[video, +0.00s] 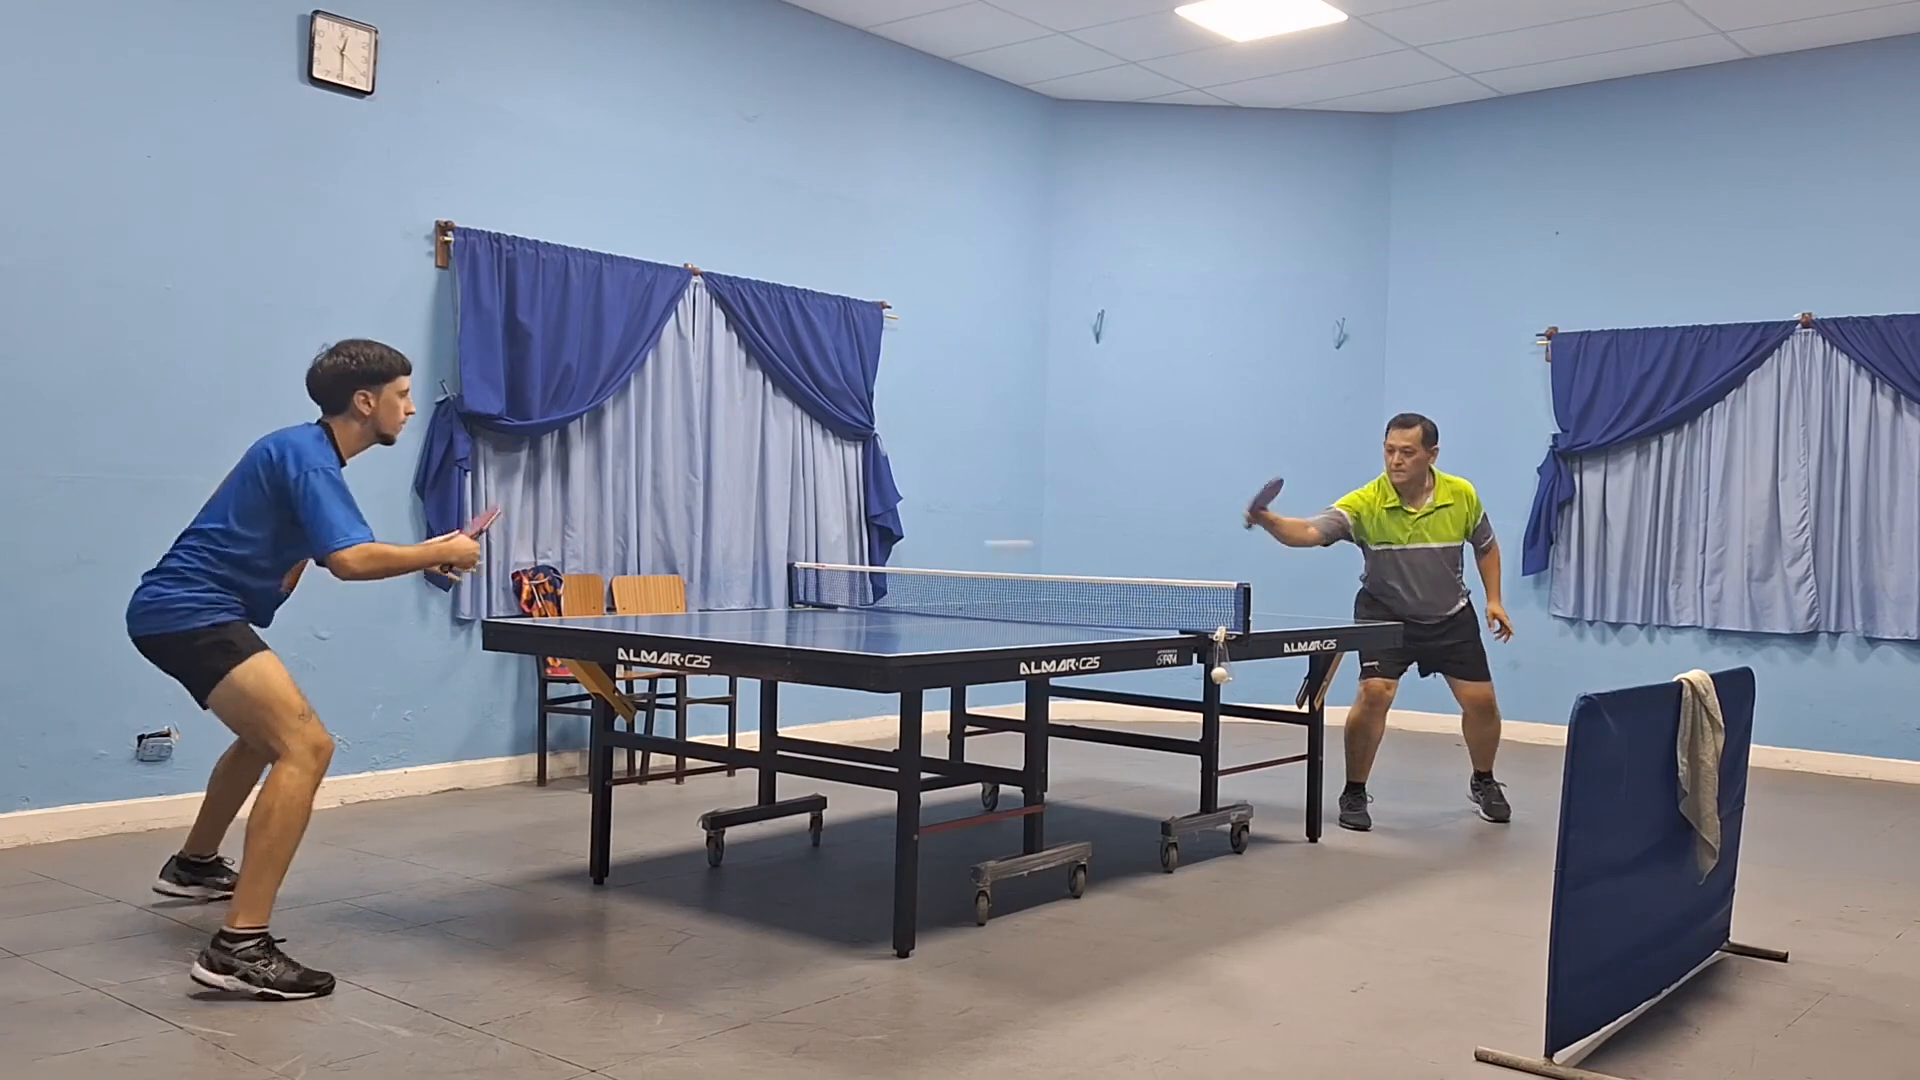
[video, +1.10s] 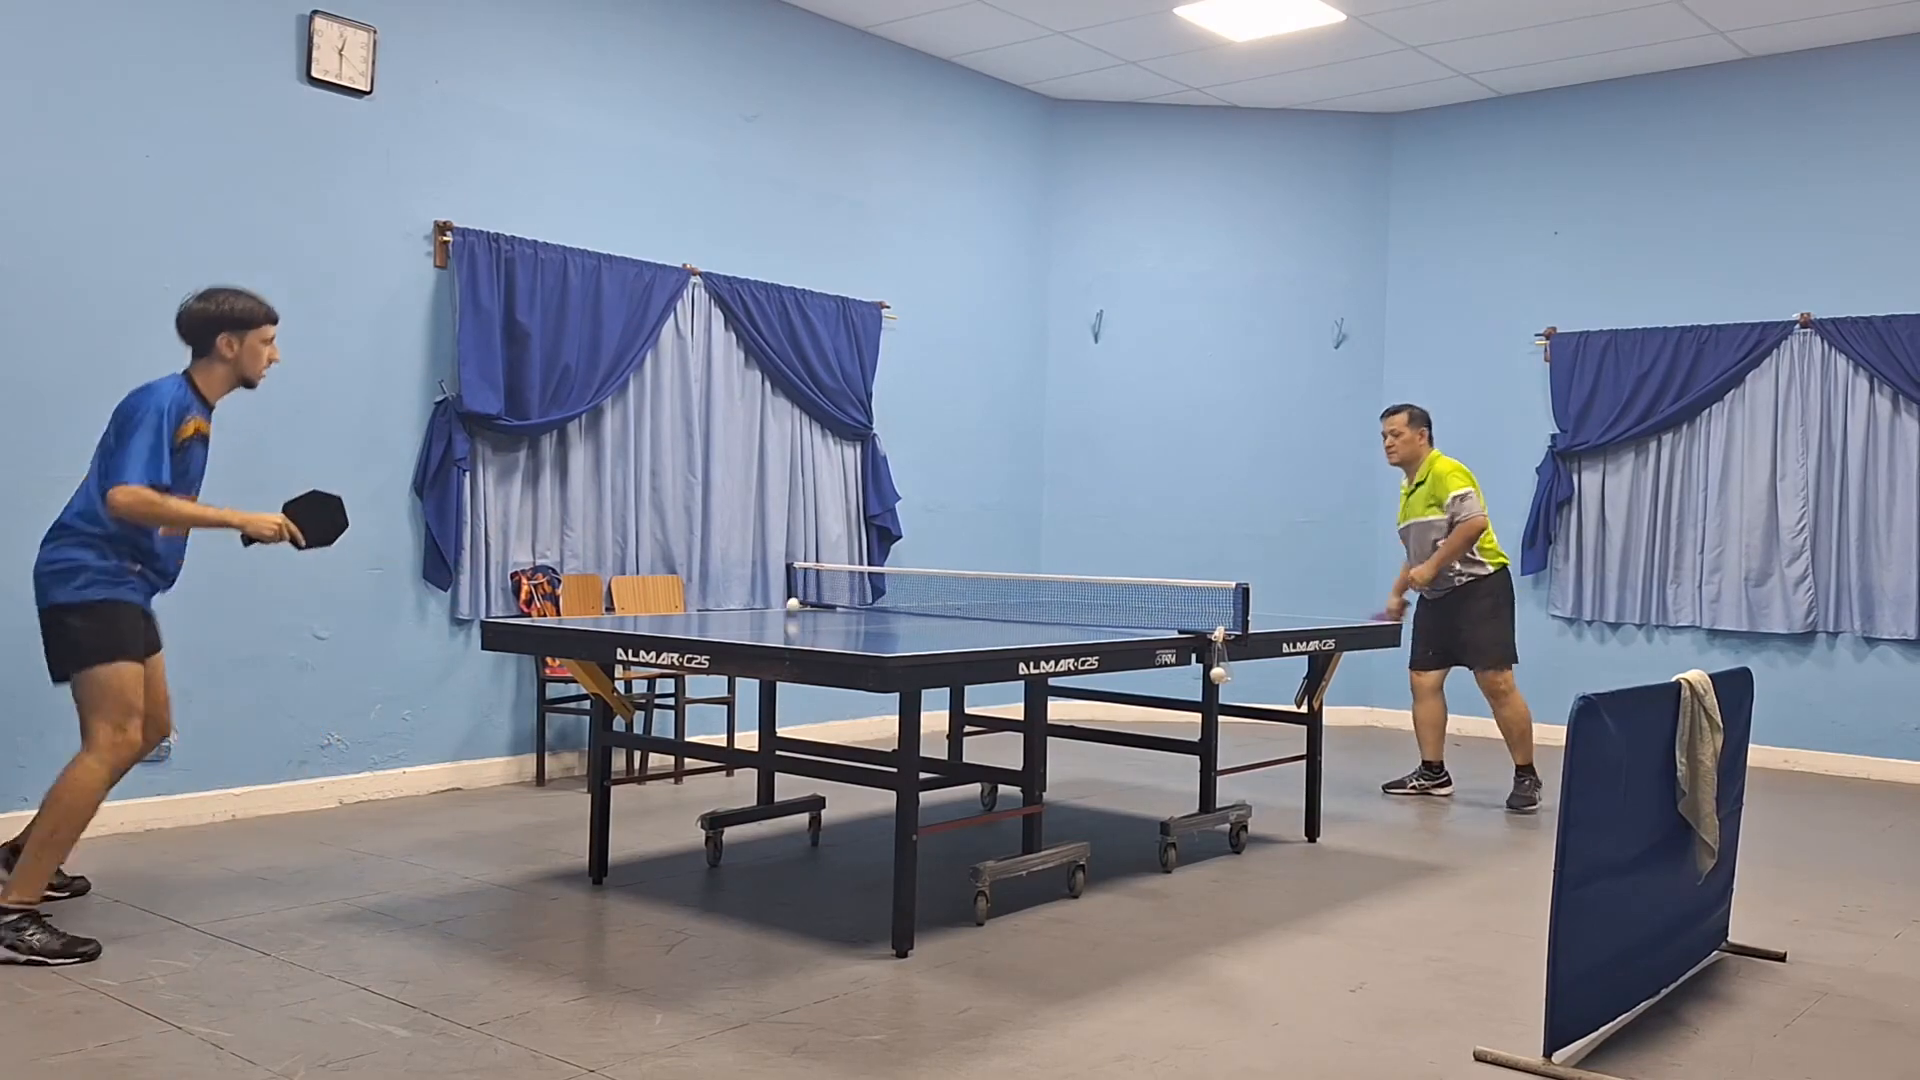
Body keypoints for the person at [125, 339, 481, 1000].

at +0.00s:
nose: (410, 407)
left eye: (410, 394)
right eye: (403, 394)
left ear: (355, 403)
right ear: (362, 401)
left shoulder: (304, 451)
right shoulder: (307, 460)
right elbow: (352, 560)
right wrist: (439, 552)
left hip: (189, 606)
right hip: (188, 609)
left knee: (270, 736)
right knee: (309, 746)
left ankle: (194, 860)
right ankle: (241, 942)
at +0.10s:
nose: (404, 430)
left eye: (403, 417)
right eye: (397, 417)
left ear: (348, 422)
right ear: (358, 422)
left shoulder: (297, 470)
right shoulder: (293, 476)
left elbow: (342, 559)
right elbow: (334, 584)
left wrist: (411, 557)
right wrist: (420, 570)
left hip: (198, 624)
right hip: (181, 628)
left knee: (285, 740)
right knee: (302, 759)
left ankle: (217, 861)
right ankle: (231, 953)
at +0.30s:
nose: (350, 435)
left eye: (351, 423)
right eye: (344, 424)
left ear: (292, 423)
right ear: (304, 424)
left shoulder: (230, 458)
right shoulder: (274, 471)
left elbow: (306, 535)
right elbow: (350, 536)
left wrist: (384, 544)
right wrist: (441, 515)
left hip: (161, 622)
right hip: (166, 629)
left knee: (280, 714)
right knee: (263, 757)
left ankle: (218, 860)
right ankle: (235, 946)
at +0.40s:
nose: (332, 410)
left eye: (332, 399)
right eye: (325, 399)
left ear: (274, 402)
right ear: (285, 402)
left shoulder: (218, 438)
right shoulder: (251, 445)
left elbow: (248, 521)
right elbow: (325, 488)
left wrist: (332, 539)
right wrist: (407, 430)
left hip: (130, 593)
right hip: (138, 601)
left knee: (236, 687)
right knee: (228, 745)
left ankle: (186, 843)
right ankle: (176, 922)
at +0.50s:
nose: (304, 408)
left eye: (305, 398)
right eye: (298, 399)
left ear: (250, 405)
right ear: (260, 404)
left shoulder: (210, 448)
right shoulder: (217, 446)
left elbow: (202, 551)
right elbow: (211, 491)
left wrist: (272, 575)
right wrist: (320, 440)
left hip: (116, 613)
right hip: (126, 614)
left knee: (189, 738)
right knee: (224, 748)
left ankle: (131, 847)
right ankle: (87, 891)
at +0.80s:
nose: (272, 360)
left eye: (271, 347)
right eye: (264, 348)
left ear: (223, 356)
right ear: (226, 355)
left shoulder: (196, 423)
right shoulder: (176, 407)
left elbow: (142, 514)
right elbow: (145, 483)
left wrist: (170, 583)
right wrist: (260, 503)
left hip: (99, 576)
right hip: (84, 574)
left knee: (137, 720)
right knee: (156, 733)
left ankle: (89, 842)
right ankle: (25, 886)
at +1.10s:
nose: (275, 354)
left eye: (275, 341)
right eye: (268, 341)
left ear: (231, 347)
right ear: (227, 345)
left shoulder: (197, 415)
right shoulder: (160, 403)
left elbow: (162, 503)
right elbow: (124, 498)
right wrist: (239, 519)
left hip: (125, 582)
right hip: (88, 576)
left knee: (150, 728)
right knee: (116, 737)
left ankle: (28, 852)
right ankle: (16, 905)